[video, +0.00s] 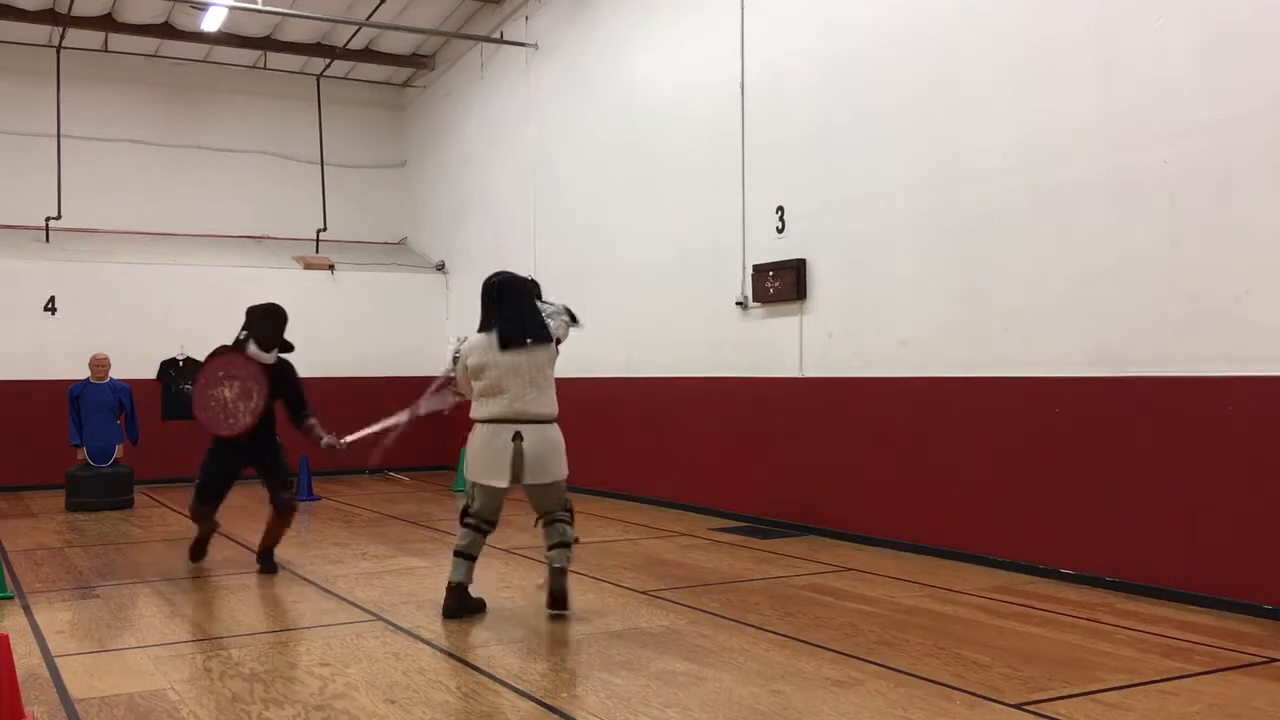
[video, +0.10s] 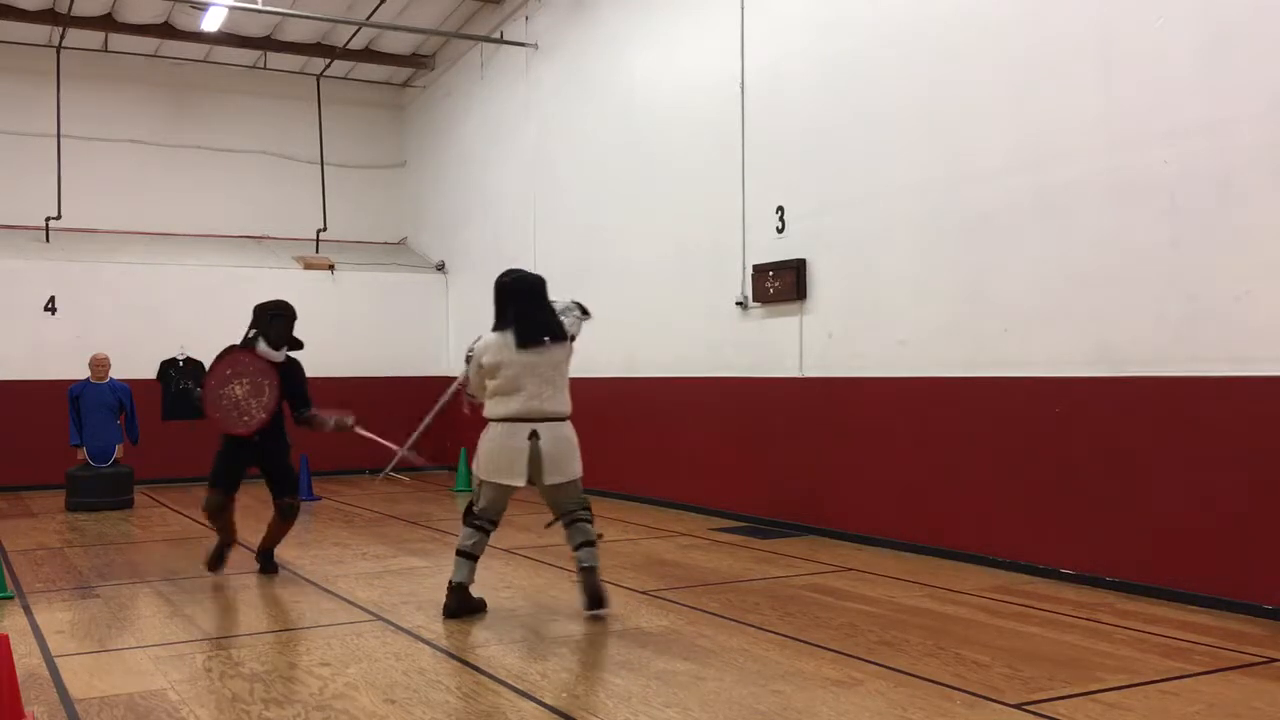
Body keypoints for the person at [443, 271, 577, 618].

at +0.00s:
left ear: (488, 306)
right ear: (529, 303)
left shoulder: (473, 346)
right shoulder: (545, 336)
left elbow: (464, 389)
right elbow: (560, 317)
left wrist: (456, 357)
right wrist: (536, 300)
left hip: (490, 443)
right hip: (542, 441)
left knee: (479, 517)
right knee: (555, 513)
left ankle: (456, 593)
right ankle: (558, 585)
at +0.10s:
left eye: (499, 301)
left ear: (501, 304)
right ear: (541, 300)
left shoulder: (487, 346)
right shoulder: (560, 335)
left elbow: (476, 391)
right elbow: (572, 315)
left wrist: (472, 360)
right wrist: (574, 310)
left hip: (503, 441)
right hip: (556, 439)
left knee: (483, 516)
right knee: (574, 512)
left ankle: (457, 592)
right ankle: (591, 580)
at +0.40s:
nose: (576, 301)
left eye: (578, 295)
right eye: (578, 294)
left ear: (584, 301)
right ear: (621, 296)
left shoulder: (572, 339)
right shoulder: (641, 336)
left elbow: (540, 365)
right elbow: (638, 316)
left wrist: (533, 324)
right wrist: (590, 296)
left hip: (573, 439)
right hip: (625, 440)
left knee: (532, 517)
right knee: (621, 520)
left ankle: (492, 591)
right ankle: (646, 595)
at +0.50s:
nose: (603, 291)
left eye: (608, 285)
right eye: (605, 284)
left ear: (616, 292)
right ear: (648, 290)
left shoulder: (602, 330)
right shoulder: (666, 332)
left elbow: (561, 348)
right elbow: (645, 314)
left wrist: (551, 308)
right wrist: (613, 290)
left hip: (602, 434)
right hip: (649, 437)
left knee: (559, 512)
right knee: (629, 518)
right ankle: (646, 597)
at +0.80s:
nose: (675, 290)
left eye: (677, 283)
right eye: (674, 282)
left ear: (687, 288)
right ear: (719, 283)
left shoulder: (680, 331)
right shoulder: (740, 323)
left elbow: (631, 345)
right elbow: (719, 288)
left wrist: (615, 304)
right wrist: (677, 265)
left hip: (687, 436)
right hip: (728, 434)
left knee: (688, 531)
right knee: (676, 523)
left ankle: (743, 606)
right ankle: (655, 598)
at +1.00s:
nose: (722, 279)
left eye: (725, 273)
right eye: (720, 272)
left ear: (736, 278)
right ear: (772, 271)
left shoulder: (737, 325)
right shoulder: (792, 313)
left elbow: (692, 361)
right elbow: (753, 293)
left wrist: (660, 327)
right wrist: (708, 281)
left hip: (753, 433)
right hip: (794, 430)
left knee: (738, 524)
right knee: (749, 514)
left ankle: (760, 621)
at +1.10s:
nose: (750, 270)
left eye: (754, 263)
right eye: (752, 262)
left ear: (764, 269)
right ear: (799, 266)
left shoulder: (766, 320)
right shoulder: (819, 308)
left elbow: (733, 372)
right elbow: (775, 298)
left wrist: (695, 351)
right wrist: (733, 298)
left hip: (778, 434)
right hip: (823, 429)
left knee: (758, 526)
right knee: (798, 516)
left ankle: (765, 623)